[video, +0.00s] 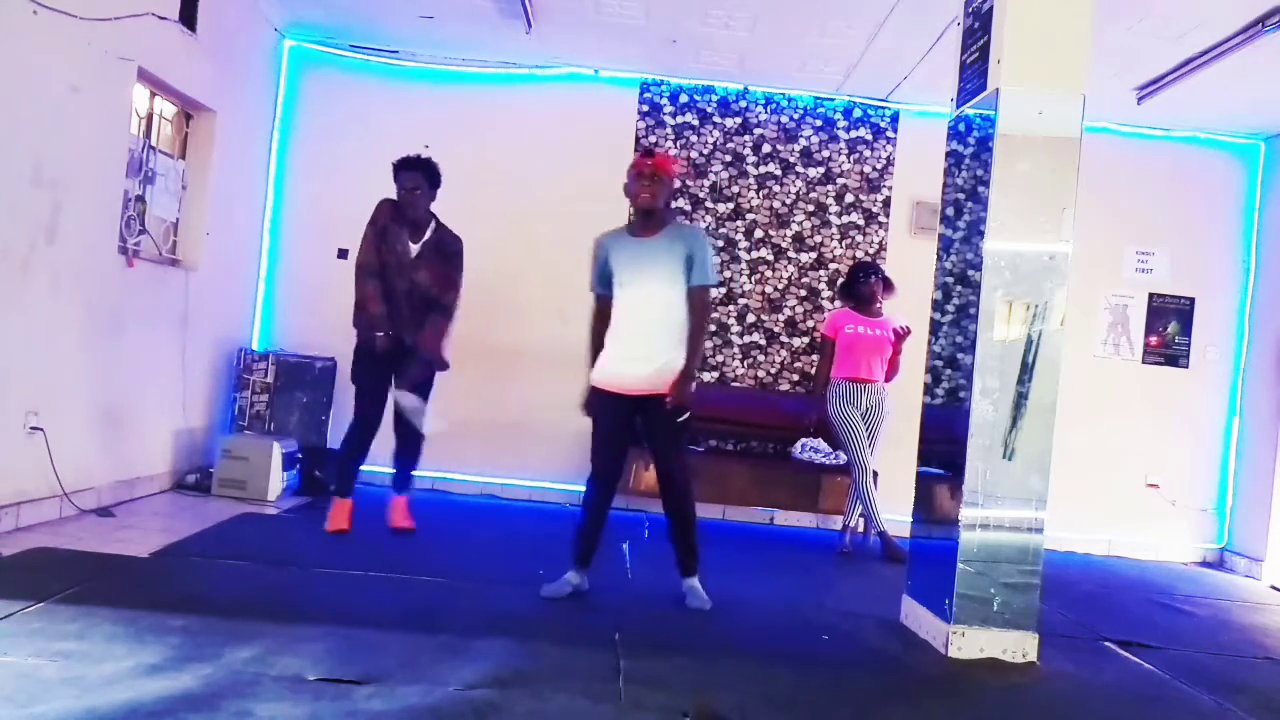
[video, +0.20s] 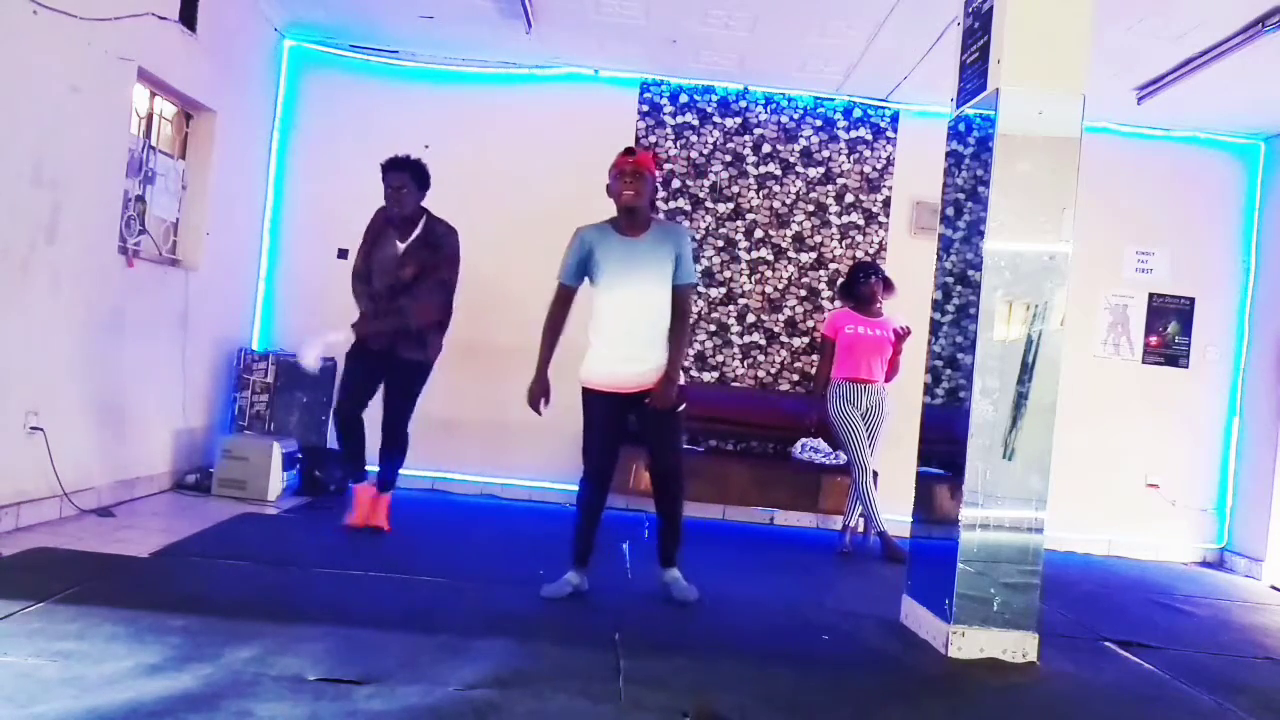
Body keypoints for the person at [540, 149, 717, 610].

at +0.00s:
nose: (644, 187)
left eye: (653, 180)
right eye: (638, 179)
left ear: (669, 188)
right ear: (627, 187)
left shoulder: (692, 241)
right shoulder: (608, 245)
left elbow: (700, 314)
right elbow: (601, 315)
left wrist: (687, 376)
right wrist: (594, 379)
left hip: (665, 388)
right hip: (613, 385)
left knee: (676, 486)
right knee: (601, 480)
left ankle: (690, 578)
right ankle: (578, 571)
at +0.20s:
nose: (627, 184)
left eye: (636, 177)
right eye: (621, 176)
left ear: (653, 187)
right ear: (610, 185)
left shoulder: (676, 238)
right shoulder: (589, 239)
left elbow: (682, 310)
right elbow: (560, 305)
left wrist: (672, 375)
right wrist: (542, 370)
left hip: (657, 385)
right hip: (602, 385)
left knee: (669, 481)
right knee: (594, 481)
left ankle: (670, 569)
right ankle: (578, 571)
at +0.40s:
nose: (632, 183)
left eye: (641, 177)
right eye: (626, 176)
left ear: (656, 187)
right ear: (613, 183)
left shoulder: (674, 239)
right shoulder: (590, 233)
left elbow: (681, 307)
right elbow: (566, 300)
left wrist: (686, 364)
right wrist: (549, 366)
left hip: (650, 383)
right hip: (597, 382)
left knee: (653, 482)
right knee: (592, 479)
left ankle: (659, 571)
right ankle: (577, 571)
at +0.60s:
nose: (644, 183)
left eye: (653, 177)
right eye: (638, 176)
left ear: (669, 189)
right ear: (626, 184)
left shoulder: (684, 241)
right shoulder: (601, 232)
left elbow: (692, 312)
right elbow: (588, 300)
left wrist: (698, 378)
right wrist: (595, 355)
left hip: (660, 385)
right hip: (608, 383)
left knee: (663, 482)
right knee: (595, 479)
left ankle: (670, 574)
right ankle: (577, 570)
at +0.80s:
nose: (659, 186)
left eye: (670, 181)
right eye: (656, 179)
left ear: (687, 193)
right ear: (648, 186)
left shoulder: (702, 249)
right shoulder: (621, 235)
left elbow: (710, 320)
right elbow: (604, 304)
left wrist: (712, 383)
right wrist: (609, 362)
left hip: (673, 387)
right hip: (621, 382)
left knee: (664, 483)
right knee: (603, 478)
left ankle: (666, 574)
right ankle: (578, 570)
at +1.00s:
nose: (688, 195)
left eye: (698, 190)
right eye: (684, 187)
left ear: (715, 203)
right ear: (673, 191)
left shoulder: (723, 255)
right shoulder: (640, 237)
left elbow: (726, 325)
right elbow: (619, 304)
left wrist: (725, 389)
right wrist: (596, 365)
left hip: (685, 388)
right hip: (632, 382)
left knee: (673, 484)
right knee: (610, 477)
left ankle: (668, 574)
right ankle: (580, 570)